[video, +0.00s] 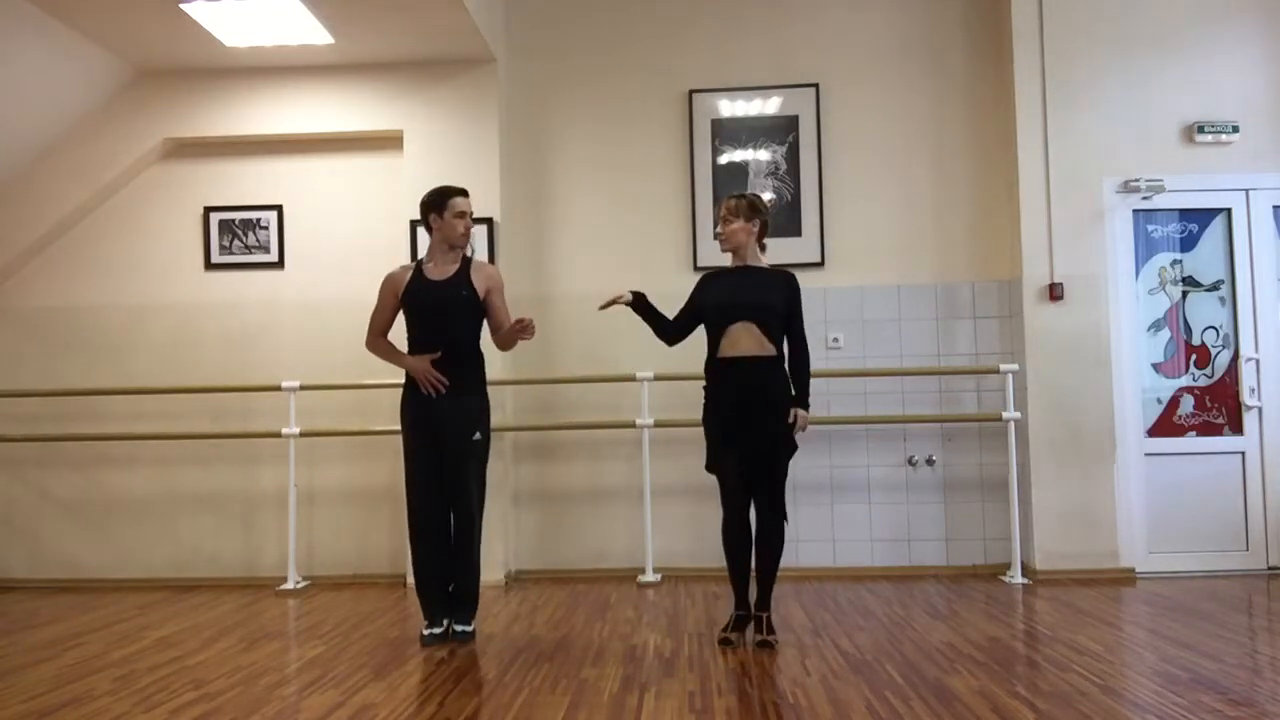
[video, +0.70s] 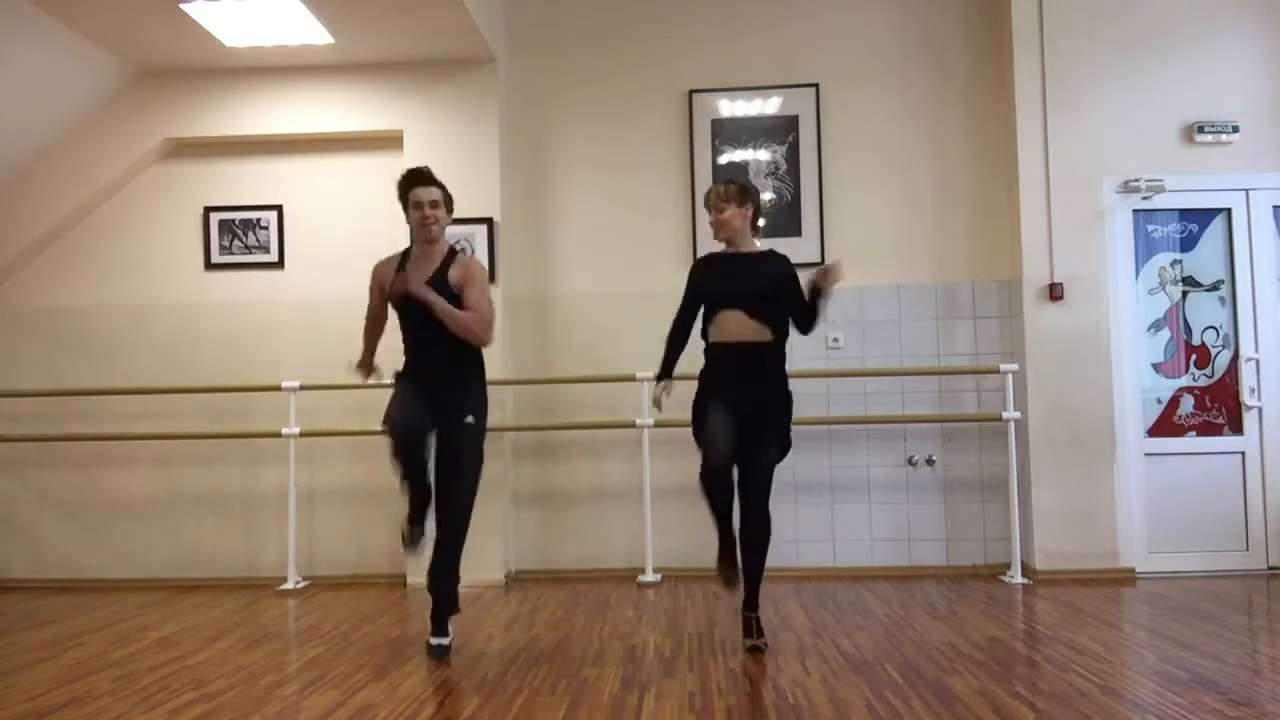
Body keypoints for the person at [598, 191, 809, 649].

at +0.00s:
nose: (720, 228)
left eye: (729, 220)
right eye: (719, 221)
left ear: (755, 227)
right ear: (726, 230)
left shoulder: (783, 281)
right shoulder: (712, 282)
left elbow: (797, 345)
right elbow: (672, 333)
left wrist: (800, 400)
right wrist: (638, 301)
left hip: (772, 398)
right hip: (725, 397)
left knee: (770, 506)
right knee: (734, 507)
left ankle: (764, 608)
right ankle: (741, 608)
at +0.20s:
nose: (722, 227)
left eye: (731, 219)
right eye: (720, 221)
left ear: (755, 227)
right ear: (721, 231)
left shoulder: (779, 282)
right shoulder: (709, 281)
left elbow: (799, 340)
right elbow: (673, 333)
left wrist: (824, 388)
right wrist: (648, 298)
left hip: (770, 394)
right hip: (722, 395)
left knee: (770, 506)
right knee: (733, 506)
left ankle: (764, 609)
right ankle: (741, 608)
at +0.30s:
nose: (716, 223)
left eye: (725, 215)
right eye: (716, 216)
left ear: (752, 223)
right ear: (728, 226)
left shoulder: (783, 277)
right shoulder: (707, 274)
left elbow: (835, 322)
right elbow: (672, 318)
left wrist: (886, 357)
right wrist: (674, 273)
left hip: (765, 395)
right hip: (716, 395)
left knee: (763, 504)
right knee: (729, 503)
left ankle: (764, 607)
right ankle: (737, 606)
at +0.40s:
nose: (718, 220)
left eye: (727, 213)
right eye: (716, 214)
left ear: (752, 220)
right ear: (717, 223)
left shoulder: (785, 269)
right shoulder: (708, 266)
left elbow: (846, 288)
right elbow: (683, 319)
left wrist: (907, 304)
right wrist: (712, 283)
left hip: (762, 391)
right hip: (713, 391)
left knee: (749, 496)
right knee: (725, 498)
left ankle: (756, 602)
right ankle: (738, 602)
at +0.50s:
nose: (718, 232)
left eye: (727, 225)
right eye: (716, 226)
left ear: (752, 230)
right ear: (716, 233)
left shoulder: (782, 283)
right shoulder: (707, 286)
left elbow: (844, 291)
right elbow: (701, 349)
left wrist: (902, 275)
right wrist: (734, 345)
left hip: (758, 410)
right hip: (712, 408)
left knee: (743, 508)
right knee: (727, 507)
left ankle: (744, 609)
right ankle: (744, 609)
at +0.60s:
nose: (718, 229)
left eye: (726, 221)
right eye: (714, 223)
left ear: (750, 224)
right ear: (711, 231)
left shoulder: (779, 278)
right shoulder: (707, 284)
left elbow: (824, 327)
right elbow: (691, 343)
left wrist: (853, 284)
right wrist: (687, 369)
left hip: (762, 396)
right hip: (717, 396)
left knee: (748, 507)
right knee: (721, 506)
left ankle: (748, 612)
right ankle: (732, 606)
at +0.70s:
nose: (714, 217)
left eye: (722, 209)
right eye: (711, 211)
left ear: (749, 213)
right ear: (713, 219)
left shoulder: (777, 264)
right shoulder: (705, 268)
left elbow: (804, 323)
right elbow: (683, 323)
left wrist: (817, 290)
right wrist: (666, 373)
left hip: (766, 380)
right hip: (718, 380)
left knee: (756, 496)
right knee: (716, 461)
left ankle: (751, 609)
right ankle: (726, 539)